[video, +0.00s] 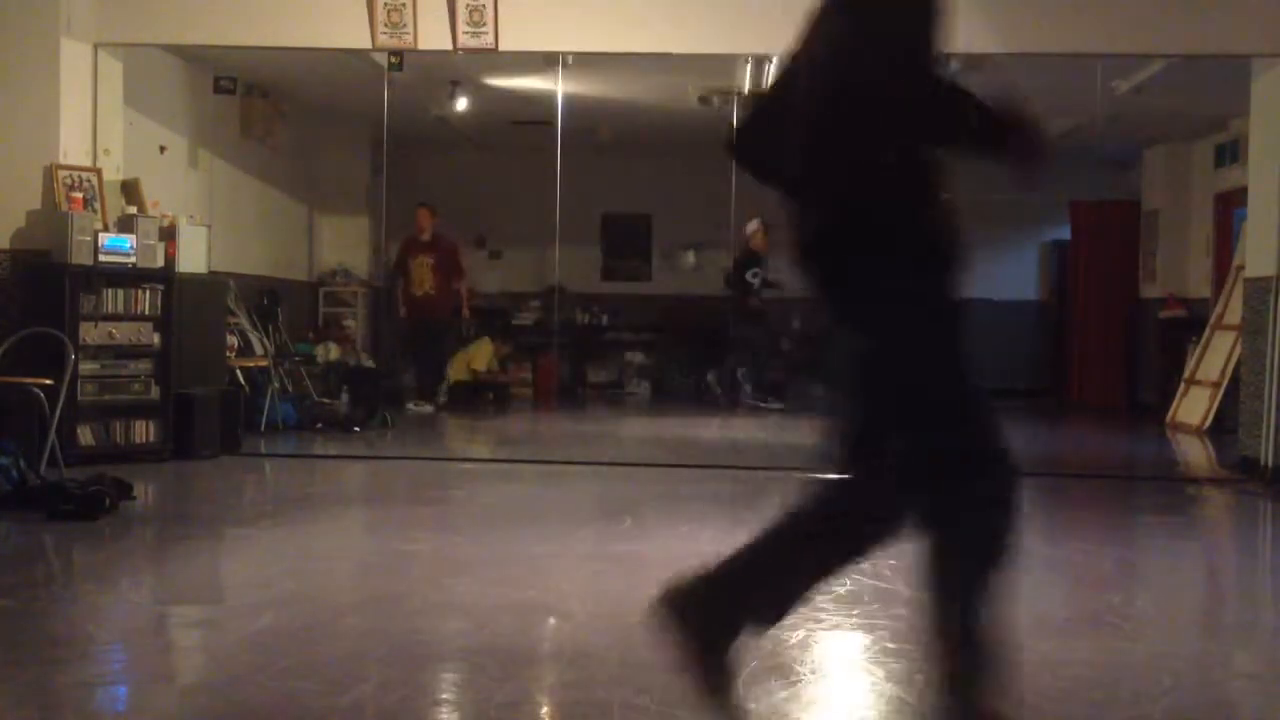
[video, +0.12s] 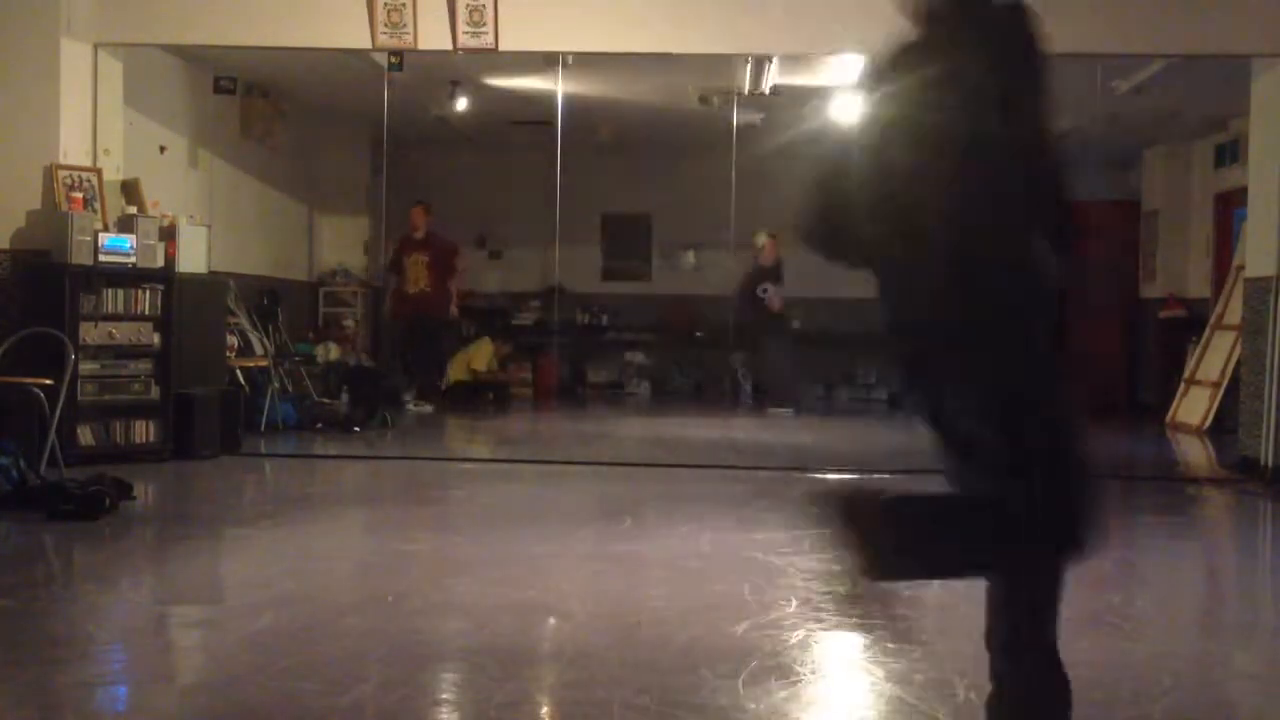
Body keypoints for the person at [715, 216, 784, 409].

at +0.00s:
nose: (763, 241)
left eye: (763, 237)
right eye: (759, 237)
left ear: (761, 237)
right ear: (751, 238)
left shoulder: (755, 257)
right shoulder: (748, 258)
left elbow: (757, 281)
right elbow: (745, 282)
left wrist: (774, 285)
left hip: (749, 307)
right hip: (746, 309)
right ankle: (755, 391)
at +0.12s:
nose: (772, 253)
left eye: (773, 248)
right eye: (767, 248)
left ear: (777, 250)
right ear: (759, 251)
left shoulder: (777, 272)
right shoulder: (752, 276)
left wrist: (779, 303)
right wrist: (767, 305)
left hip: (773, 323)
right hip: (755, 323)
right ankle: (757, 397)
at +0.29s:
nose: (788, 245)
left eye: (791, 240)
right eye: (784, 240)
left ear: (795, 241)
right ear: (778, 242)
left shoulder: (797, 261)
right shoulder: (770, 264)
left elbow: (796, 282)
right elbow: (763, 292)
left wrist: (797, 296)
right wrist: (786, 298)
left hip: (794, 314)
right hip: (775, 316)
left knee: (802, 353)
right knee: (781, 356)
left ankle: (798, 396)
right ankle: (781, 399)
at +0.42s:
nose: (803, 247)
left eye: (806, 243)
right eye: (799, 243)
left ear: (810, 244)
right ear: (793, 243)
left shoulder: (809, 264)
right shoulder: (782, 264)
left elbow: (808, 288)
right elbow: (764, 287)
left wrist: (820, 296)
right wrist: (771, 314)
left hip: (806, 318)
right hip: (786, 318)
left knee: (813, 359)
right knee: (790, 360)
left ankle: (815, 401)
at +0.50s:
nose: (807, 251)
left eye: (810, 247)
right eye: (804, 246)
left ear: (814, 248)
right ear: (797, 247)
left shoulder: (817, 273)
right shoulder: (784, 268)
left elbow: (822, 298)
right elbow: (761, 286)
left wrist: (832, 294)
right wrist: (759, 313)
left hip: (810, 323)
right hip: (788, 322)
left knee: (821, 362)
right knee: (803, 363)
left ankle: (818, 400)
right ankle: (808, 402)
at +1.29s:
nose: (788, 231)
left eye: (791, 226)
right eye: (784, 227)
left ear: (799, 229)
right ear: (778, 231)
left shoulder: (814, 252)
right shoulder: (773, 258)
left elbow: (828, 275)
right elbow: (768, 286)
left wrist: (828, 295)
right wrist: (778, 294)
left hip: (807, 312)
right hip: (783, 314)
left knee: (798, 354)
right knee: (781, 363)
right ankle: (790, 408)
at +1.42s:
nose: (794, 221)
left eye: (797, 216)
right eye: (789, 216)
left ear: (801, 219)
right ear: (780, 219)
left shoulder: (811, 243)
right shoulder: (772, 246)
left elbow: (824, 268)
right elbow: (760, 277)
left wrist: (803, 261)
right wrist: (780, 260)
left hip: (801, 299)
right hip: (777, 300)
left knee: (789, 347)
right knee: (783, 350)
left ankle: (790, 395)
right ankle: (790, 396)